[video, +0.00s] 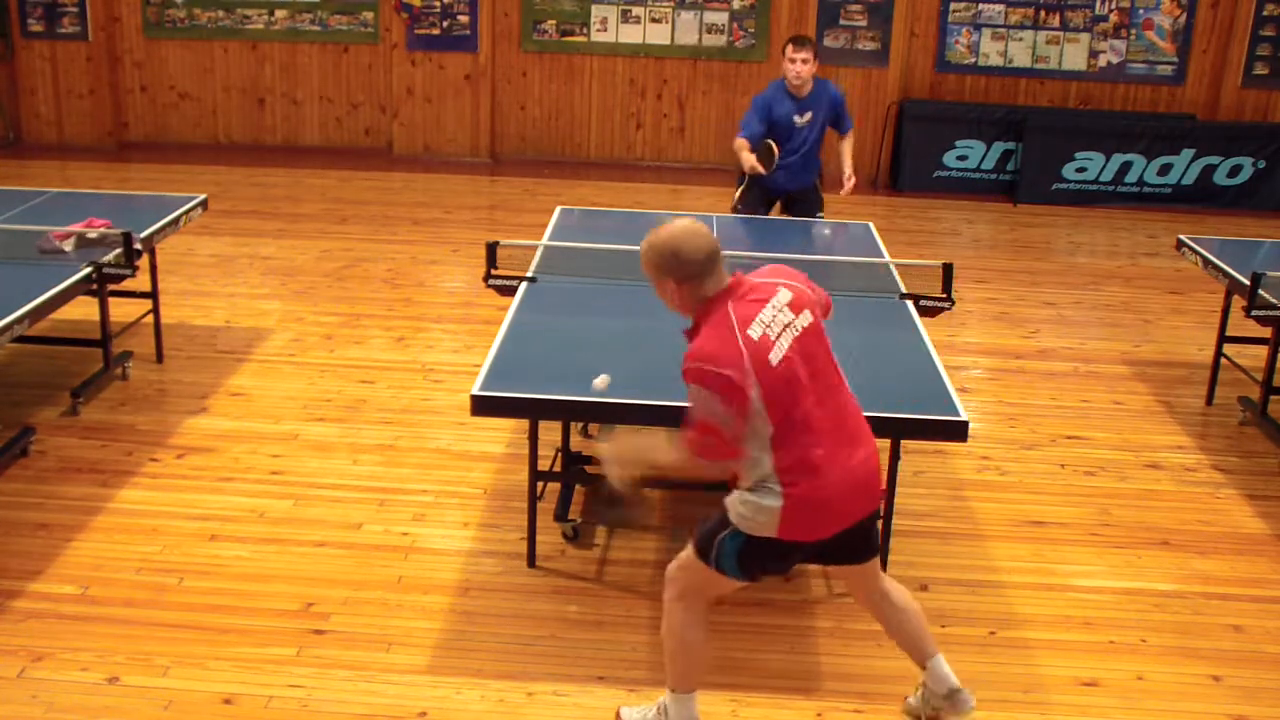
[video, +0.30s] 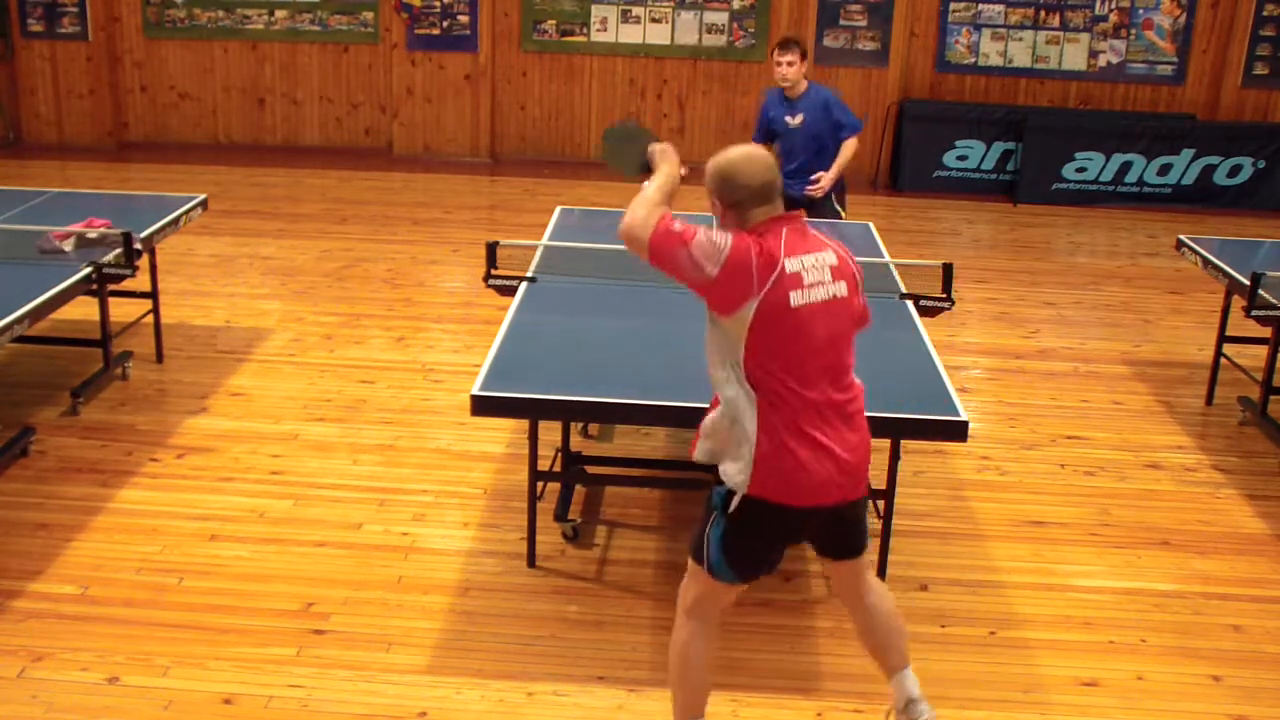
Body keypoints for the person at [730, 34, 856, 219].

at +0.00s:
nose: (797, 68)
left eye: (804, 62)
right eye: (792, 61)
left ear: (815, 66)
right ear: (783, 63)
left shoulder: (828, 95)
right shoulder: (768, 99)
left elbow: (845, 131)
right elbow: (742, 138)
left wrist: (847, 168)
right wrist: (745, 155)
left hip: (804, 181)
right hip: (764, 178)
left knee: (811, 238)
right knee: (743, 233)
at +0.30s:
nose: (783, 71)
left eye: (790, 64)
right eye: (778, 65)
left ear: (804, 66)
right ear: (773, 67)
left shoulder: (825, 99)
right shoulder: (772, 101)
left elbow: (851, 137)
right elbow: (761, 144)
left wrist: (832, 175)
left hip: (823, 195)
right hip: (787, 194)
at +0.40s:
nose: (764, 79)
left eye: (771, 72)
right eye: (761, 73)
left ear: (789, 73)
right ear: (758, 74)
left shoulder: (809, 101)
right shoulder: (770, 104)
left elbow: (843, 141)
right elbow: (754, 138)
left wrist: (821, 176)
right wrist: (713, 139)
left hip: (822, 193)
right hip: (790, 193)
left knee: (824, 255)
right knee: (790, 252)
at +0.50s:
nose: (754, 78)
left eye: (760, 72)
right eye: (752, 72)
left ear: (778, 72)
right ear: (750, 71)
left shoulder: (806, 99)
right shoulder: (763, 103)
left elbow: (837, 137)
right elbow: (743, 145)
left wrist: (816, 165)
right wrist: (703, 135)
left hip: (815, 185)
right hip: (777, 183)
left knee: (822, 241)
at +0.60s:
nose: (758, 69)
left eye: (765, 63)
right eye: (755, 62)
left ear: (781, 65)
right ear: (750, 62)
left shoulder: (806, 91)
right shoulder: (750, 104)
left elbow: (835, 127)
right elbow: (746, 150)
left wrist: (823, 145)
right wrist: (726, 141)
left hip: (803, 177)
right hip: (762, 177)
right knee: (740, 221)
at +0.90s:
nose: (788, 41)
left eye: (794, 35)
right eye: (782, 34)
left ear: (804, 39)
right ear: (773, 38)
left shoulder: (821, 74)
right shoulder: (759, 74)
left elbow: (830, 107)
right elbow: (744, 116)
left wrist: (828, 140)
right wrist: (756, 119)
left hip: (794, 155)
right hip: (755, 152)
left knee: (807, 213)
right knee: (739, 213)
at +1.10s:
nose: (778, 39)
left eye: (784, 32)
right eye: (773, 32)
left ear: (794, 36)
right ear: (765, 36)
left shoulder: (815, 72)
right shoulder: (750, 72)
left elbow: (832, 107)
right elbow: (739, 107)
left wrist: (816, 135)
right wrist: (742, 128)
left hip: (800, 153)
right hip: (761, 151)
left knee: (811, 211)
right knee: (738, 206)